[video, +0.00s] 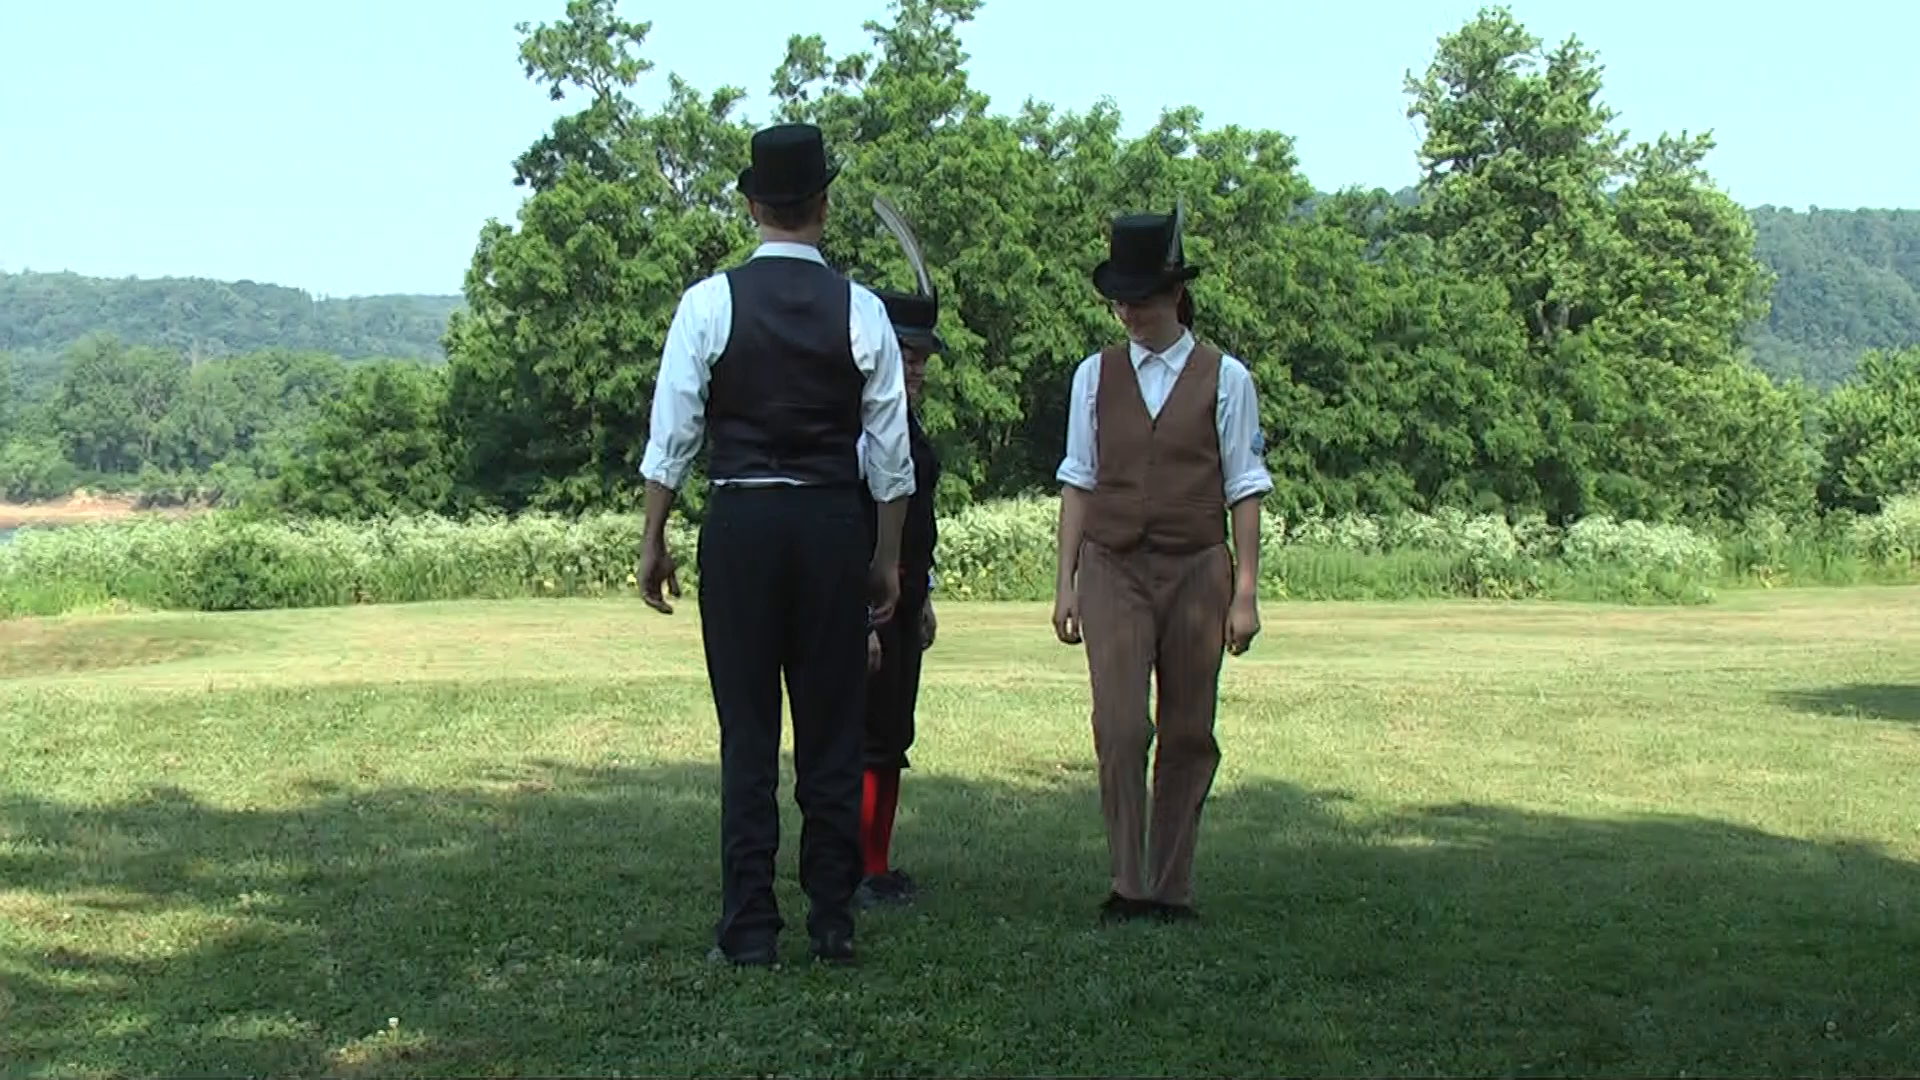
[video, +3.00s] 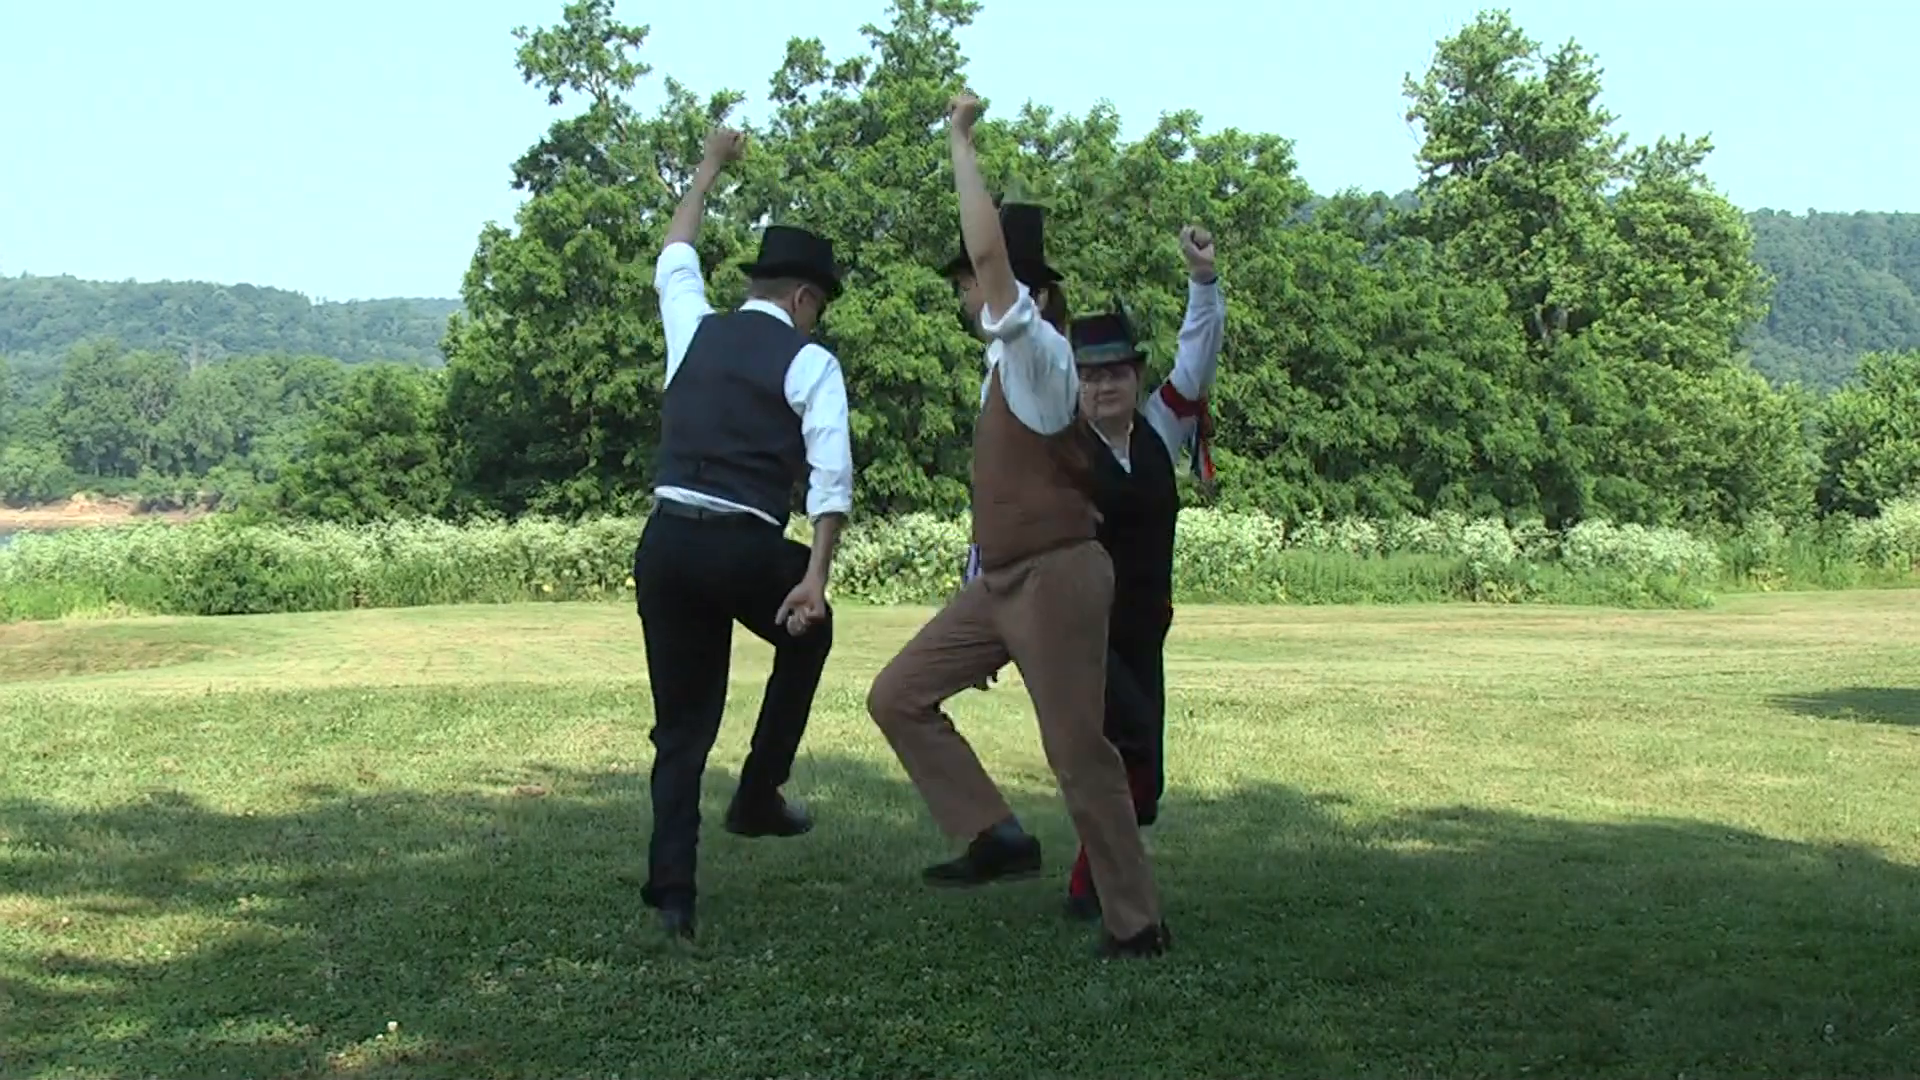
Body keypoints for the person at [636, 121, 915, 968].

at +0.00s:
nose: (777, 207)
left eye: (756, 197)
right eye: (812, 197)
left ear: (749, 205)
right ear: (824, 203)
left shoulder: (709, 301)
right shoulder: (863, 309)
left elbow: (675, 428)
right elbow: (890, 445)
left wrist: (653, 535)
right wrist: (889, 553)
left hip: (739, 533)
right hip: (836, 532)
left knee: (746, 739)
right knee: (831, 736)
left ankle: (748, 928)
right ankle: (834, 922)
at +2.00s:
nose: (765, 230)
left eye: (753, 220)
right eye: (807, 220)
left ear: (748, 224)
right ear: (823, 225)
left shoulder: (714, 308)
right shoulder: (863, 318)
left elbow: (664, 415)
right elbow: (895, 457)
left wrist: (598, 507)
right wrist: (885, 562)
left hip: (740, 527)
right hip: (836, 533)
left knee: (718, 711)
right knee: (830, 720)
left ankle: (736, 899)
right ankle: (831, 920)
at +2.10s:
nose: (747, 228)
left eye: (743, 218)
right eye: (809, 219)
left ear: (740, 222)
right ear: (813, 224)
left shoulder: (712, 299)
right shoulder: (854, 314)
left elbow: (636, 389)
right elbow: (896, 449)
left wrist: (551, 424)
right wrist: (880, 550)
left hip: (737, 520)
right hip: (830, 526)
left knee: (705, 689)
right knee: (830, 714)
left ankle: (722, 866)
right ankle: (834, 918)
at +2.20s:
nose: (787, 231)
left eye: (741, 222)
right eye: (796, 221)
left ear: (728, 226)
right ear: (799, 226)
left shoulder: (699, 301)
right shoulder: (840, 314)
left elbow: (591, 348)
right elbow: (883, 442)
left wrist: (529, 338)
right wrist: (871, 547)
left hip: (724, 521)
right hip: (815, 526)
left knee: (695, 694)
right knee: (819, 719)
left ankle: (707, 872)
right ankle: (832, 920)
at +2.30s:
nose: (750, 247)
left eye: (722, 237)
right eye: (770, 237)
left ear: (707, 242)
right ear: (777, 243)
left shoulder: (671, 315)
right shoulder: (819, 325)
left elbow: (549, 309)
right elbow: (867, 450)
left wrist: (522, 257)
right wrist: (869, 561)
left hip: (708, 533)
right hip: (800, 538)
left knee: (706, 714)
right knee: (792, 722)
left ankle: (694, 916)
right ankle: (828, 907)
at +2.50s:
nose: (761, 244)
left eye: (752, 234)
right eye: (761, 234)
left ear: (689, 241)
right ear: (751, 239)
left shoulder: (651, 308)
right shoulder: (789, 321)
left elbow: (599, 232)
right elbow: (836, 433)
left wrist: (579, 152)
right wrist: (852, 536)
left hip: (684, 529)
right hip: (775, 528)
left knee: (692, 722)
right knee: (773, 628)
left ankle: (697, 917)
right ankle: (771, 784)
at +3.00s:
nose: (819, 316)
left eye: (818, 303)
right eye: (819, 302)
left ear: (753, 285)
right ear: (802, 297)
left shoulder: (694, 328)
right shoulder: (811, 361)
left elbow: (676, 250)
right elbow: (830, 473)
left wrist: (710, 164)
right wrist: (816, 570)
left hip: (665, 541)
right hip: (745, 548)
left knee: (681, 724)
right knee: (809, 631)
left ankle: (672, 897)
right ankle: (758, 797)